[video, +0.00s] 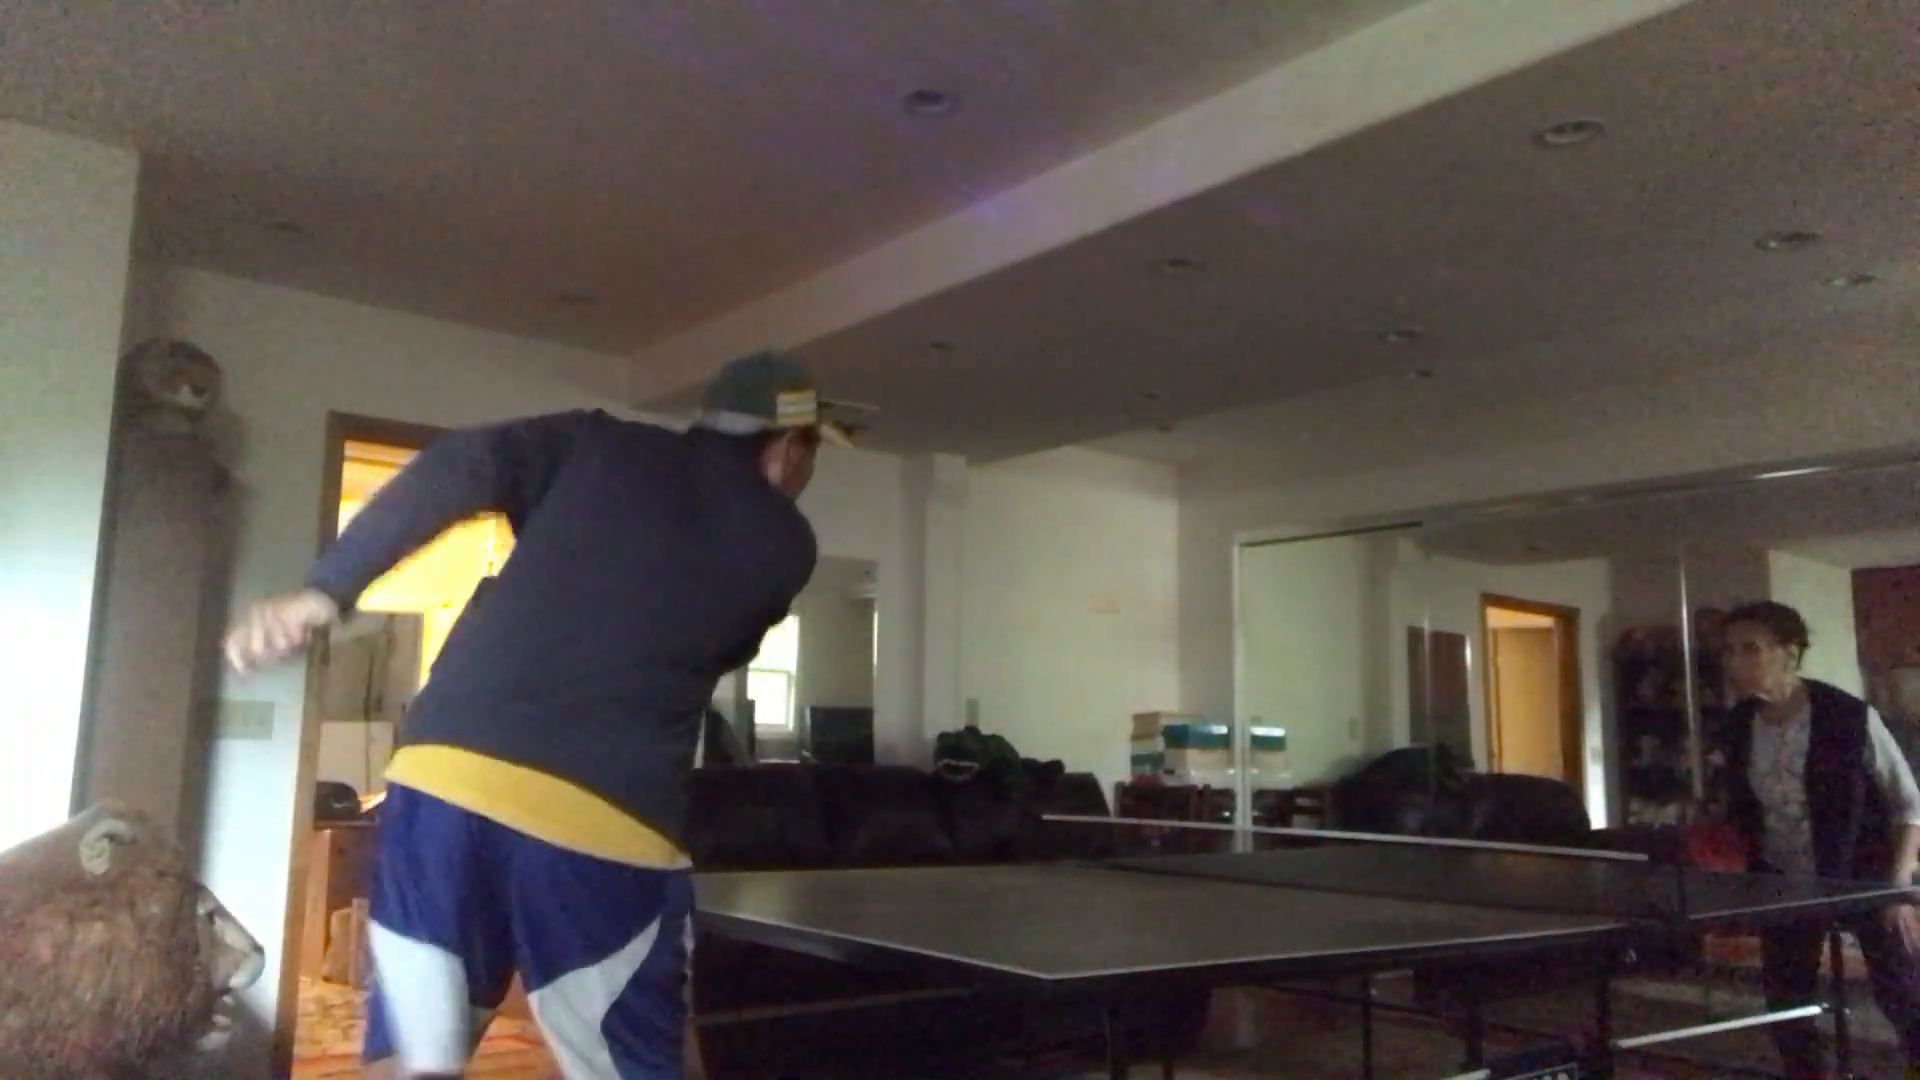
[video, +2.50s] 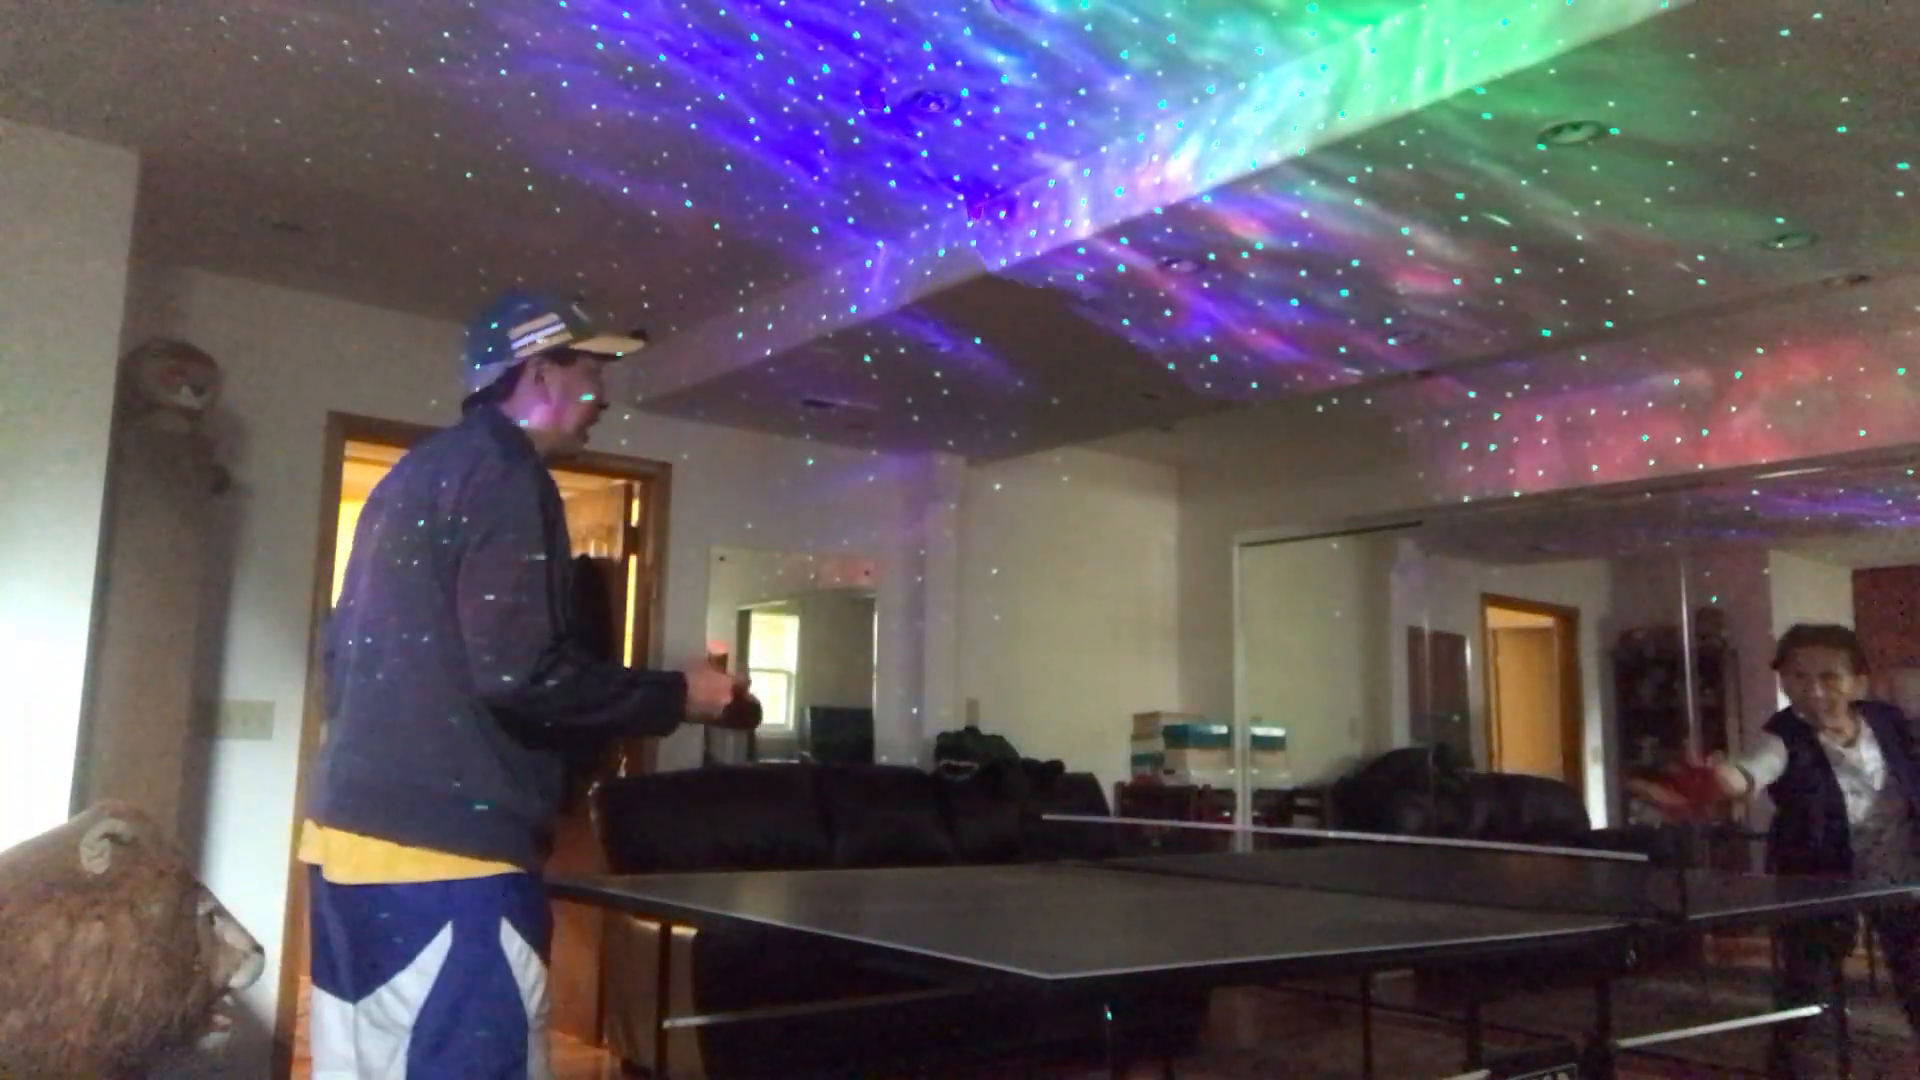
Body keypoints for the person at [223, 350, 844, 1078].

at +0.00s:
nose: (809, 472)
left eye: (812, 455)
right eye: (810, 452)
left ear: (707, 422)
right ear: (783, 448)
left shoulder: (595, 436)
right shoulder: (785, 540)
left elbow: (461, 459)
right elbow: (724, 650)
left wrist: (327, 586)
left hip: (440, 787)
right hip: (604, 830)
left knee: (412, 1062)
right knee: (632, 1064)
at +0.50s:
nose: (681, 427)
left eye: (678, 408)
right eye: (672, 408)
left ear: (572, 416)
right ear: (632, 416)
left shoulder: (472, 495)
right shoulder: (624, 502)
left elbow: (386, 664)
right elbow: (626, 678)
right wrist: (720, 740)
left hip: (376, 843)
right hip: (511, 855)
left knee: (387, 1066)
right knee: (550, 1064)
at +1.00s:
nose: (656, 407)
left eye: (654, 387)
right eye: (650, 385)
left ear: (551, 386)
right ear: (608, 389)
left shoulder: (453, 472)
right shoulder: (586, 478)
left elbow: (364, 648)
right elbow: (584, 663)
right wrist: (716, 707)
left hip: (352, 830)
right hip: (472, 844)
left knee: (338, 1060)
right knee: (496, 1064)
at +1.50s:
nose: (687, 437)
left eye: (690, 416)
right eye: (682, 413)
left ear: (577, 400)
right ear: (642, 410)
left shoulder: (450, 458)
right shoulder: (641, 502)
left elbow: (312, 562)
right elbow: (653, 693)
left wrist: (256, 730)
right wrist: (773, 696)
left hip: (340, 804)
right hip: (488, 830)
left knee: (292, 1051)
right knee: (492, 1059)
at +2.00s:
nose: (633, 374)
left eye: (631, 352)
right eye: (620, 350)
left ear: (537, 362)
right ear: (567, 358)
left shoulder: (414, 465)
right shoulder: (565, 462)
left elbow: (354, 649)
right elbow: (606, 653)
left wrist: (419, 746)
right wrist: (752, 626)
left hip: (370, 828)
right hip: (497, 842)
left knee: (374, 1067)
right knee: (521, 1063)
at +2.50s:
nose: (601, 399)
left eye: (600, 378)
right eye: (592, 376)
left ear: (524, 376)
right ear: (539, 374)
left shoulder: (409, 471)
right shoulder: (508, 477)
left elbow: (343, 642)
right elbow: (517, 670)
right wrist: (677, 695)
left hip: (355, 841)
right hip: (453, 853)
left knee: (363, 1061)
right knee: (472, 1061)